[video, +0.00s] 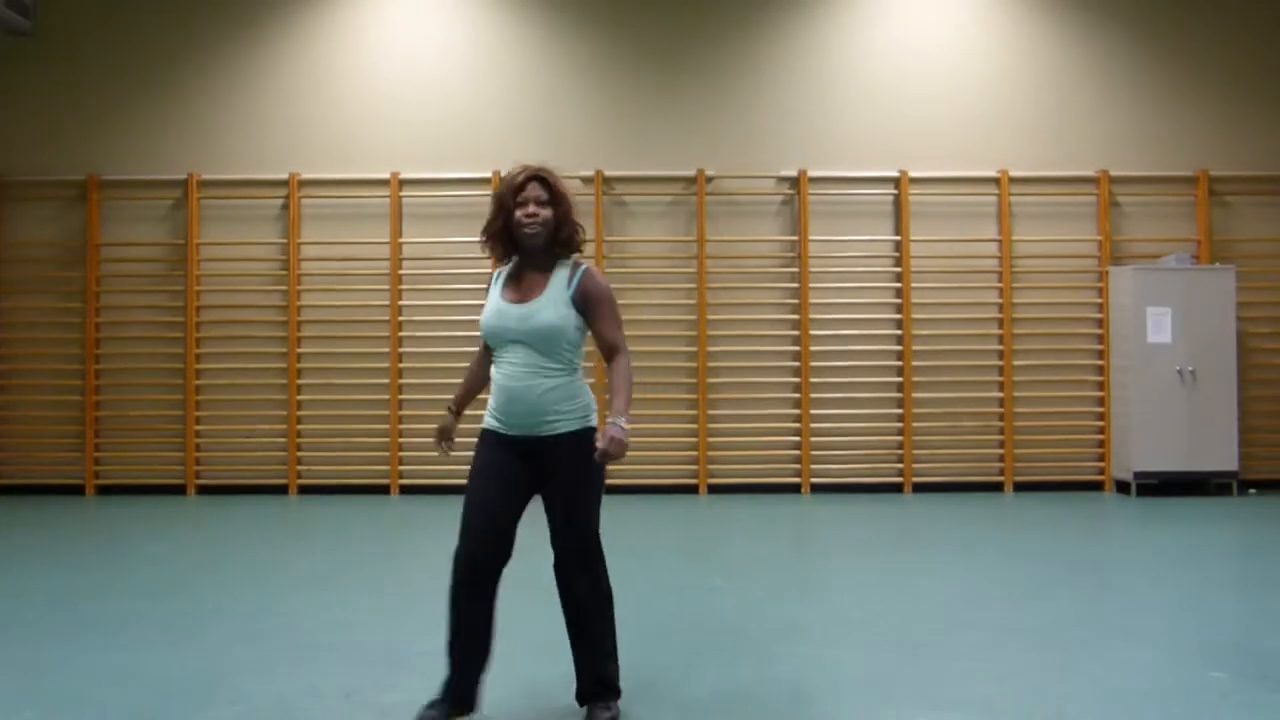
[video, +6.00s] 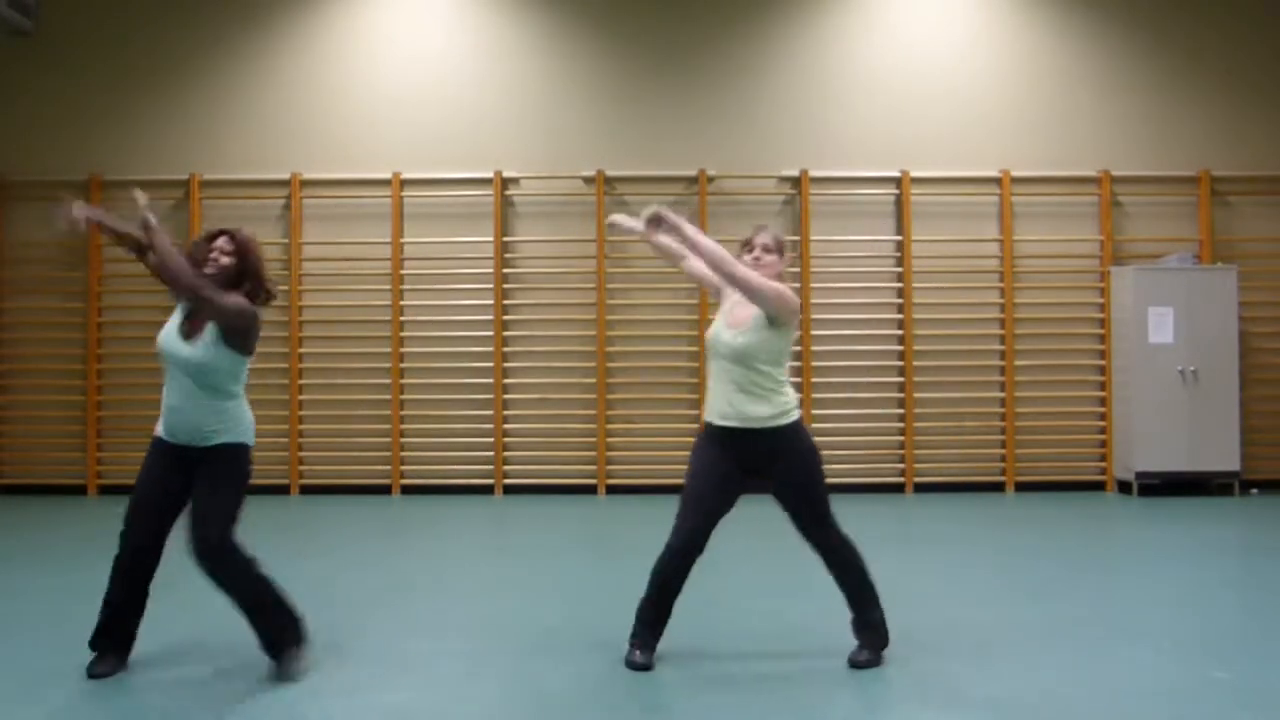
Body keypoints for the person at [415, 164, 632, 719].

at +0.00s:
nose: (533, 212)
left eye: (543, 203)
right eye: (523, 204)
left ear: (559, 214)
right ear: (508, 216)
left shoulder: (583, 280)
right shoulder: (500, 279)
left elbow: (617, 353)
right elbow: (488, 354)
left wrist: (619, 420)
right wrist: (454, 411)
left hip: (569, 443)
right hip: (502, 441)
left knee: (579, 567)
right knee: (473, 562)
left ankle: (600, 697)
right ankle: (459, 693)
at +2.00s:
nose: (408, 218)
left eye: (416, 211)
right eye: (396, 213)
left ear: (431, 226)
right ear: (379, 231)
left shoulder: (449, 276)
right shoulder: (367, 283)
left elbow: (516, 263)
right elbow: (364, 261)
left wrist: (561, 220)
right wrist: (428, 216)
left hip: (436, 434)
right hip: (372, 432)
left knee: (469, 550)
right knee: (354, 551)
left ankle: (521, 664)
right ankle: (330, 691)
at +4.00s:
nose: (279, 245)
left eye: (290, 240)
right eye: (270, 239)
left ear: (308, 253)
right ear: (255, 253)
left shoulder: (320, 297)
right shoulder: (242, 294)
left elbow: (388, 279)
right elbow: (269, 277)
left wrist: (446, 251)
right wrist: (339, 251)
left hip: (302, 444)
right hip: (238, 445)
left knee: (335, 552)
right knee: (198, 555)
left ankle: (367, 650)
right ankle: (144, 665)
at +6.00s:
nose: (217, 254)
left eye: (229, 251)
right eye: (212, 247)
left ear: (243, 267)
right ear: (200, 256)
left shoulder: (243, 313)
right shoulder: (187, 294)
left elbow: (192, 287)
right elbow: (147, 250)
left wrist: (154, 230)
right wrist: (97, 219)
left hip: (225, 447)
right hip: (172, 443)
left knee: (211, 546)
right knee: (137, 543)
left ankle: (287, 640)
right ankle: (111, 648)